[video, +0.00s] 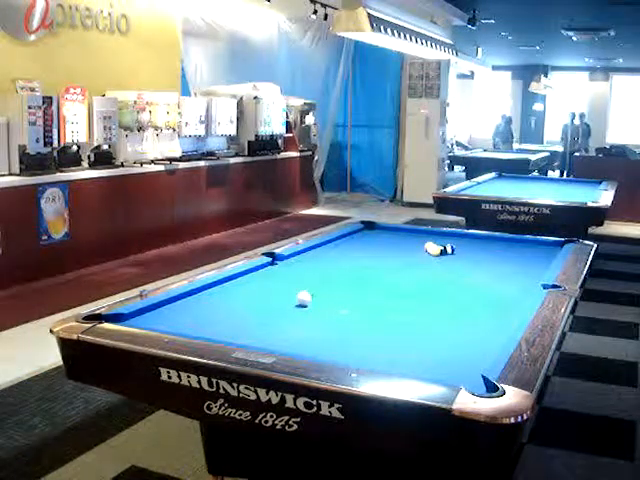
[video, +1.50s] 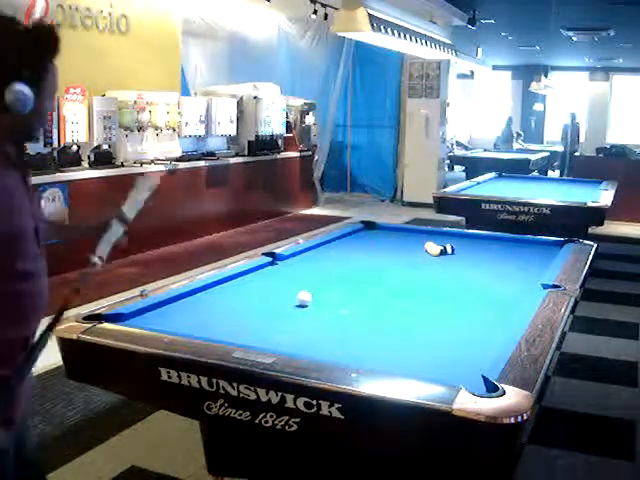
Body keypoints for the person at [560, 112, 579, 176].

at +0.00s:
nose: (572, 117)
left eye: (573, 116)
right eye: (571, 116)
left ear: (574, 117)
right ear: (569, 116)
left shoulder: (576, 127)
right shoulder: (565, 126)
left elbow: (578, 136)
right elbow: (563, 134)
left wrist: (577, 144)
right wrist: (562, 141)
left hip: (572, 145)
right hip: (565, 145)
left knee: (571, 159)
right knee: (563, 159)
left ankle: (569, 172)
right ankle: (561, 172)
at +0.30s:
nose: (572, 119)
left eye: (574, 117)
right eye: (571, 117)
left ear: (576, 118)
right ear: (569, 117)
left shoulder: (578, 126)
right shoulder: (565, 126)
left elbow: (579, 136)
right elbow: (563, 135)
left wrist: (578, 145)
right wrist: (563, 142)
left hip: (573, 146)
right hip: (566, 146)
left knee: (571, 161)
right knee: (563, 160)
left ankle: (569, 173)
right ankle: (561, 173)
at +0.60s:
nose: (572, 120)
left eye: (574, 118)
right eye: (571, 118)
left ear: (576, 118)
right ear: (570, 118)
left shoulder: (578, 126)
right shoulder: (566, 126)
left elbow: (582, 134)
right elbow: (563, 135)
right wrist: (563, 142)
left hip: (575, 146)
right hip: (567, 146)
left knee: (571, 159)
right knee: (563, 158)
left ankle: (569, 173)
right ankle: (561, 173)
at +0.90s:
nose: (572, 119)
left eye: (574, 117)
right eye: (571, 117)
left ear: (576, 117)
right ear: (570, 117)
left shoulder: (577, 126)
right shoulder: (566, 125)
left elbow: (580, 134)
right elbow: (563, 134)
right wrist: (563, 141)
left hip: (574, 145)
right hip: (566, 145)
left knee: (571, 159)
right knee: (563, 158)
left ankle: (569, 173)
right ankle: (561, 173)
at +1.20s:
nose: (572, 119)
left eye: (574, 118)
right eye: (571, 117)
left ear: (575, 118)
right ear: (570, 117)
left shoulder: (577, 126)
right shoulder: (566, 125)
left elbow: (578, 136)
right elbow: (563, 135)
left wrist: (577, 145)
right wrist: (563, 142)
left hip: (573, 146)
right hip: (566, 145)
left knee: (571, 160)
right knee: (564, 159)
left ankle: (569, 172)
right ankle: (561, 172)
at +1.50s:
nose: (572, 119)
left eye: (573, 118)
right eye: (571, 117)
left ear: (575, 118)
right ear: (570, 117)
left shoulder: (577, 126)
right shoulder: (566, 125)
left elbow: (578, 136)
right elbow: (563, 135)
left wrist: (577, 145)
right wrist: (563, 142)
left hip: (573, 146)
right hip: (566, 145)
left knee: (571, 160)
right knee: (564, 160)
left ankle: (569, 173)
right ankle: (561, 173)